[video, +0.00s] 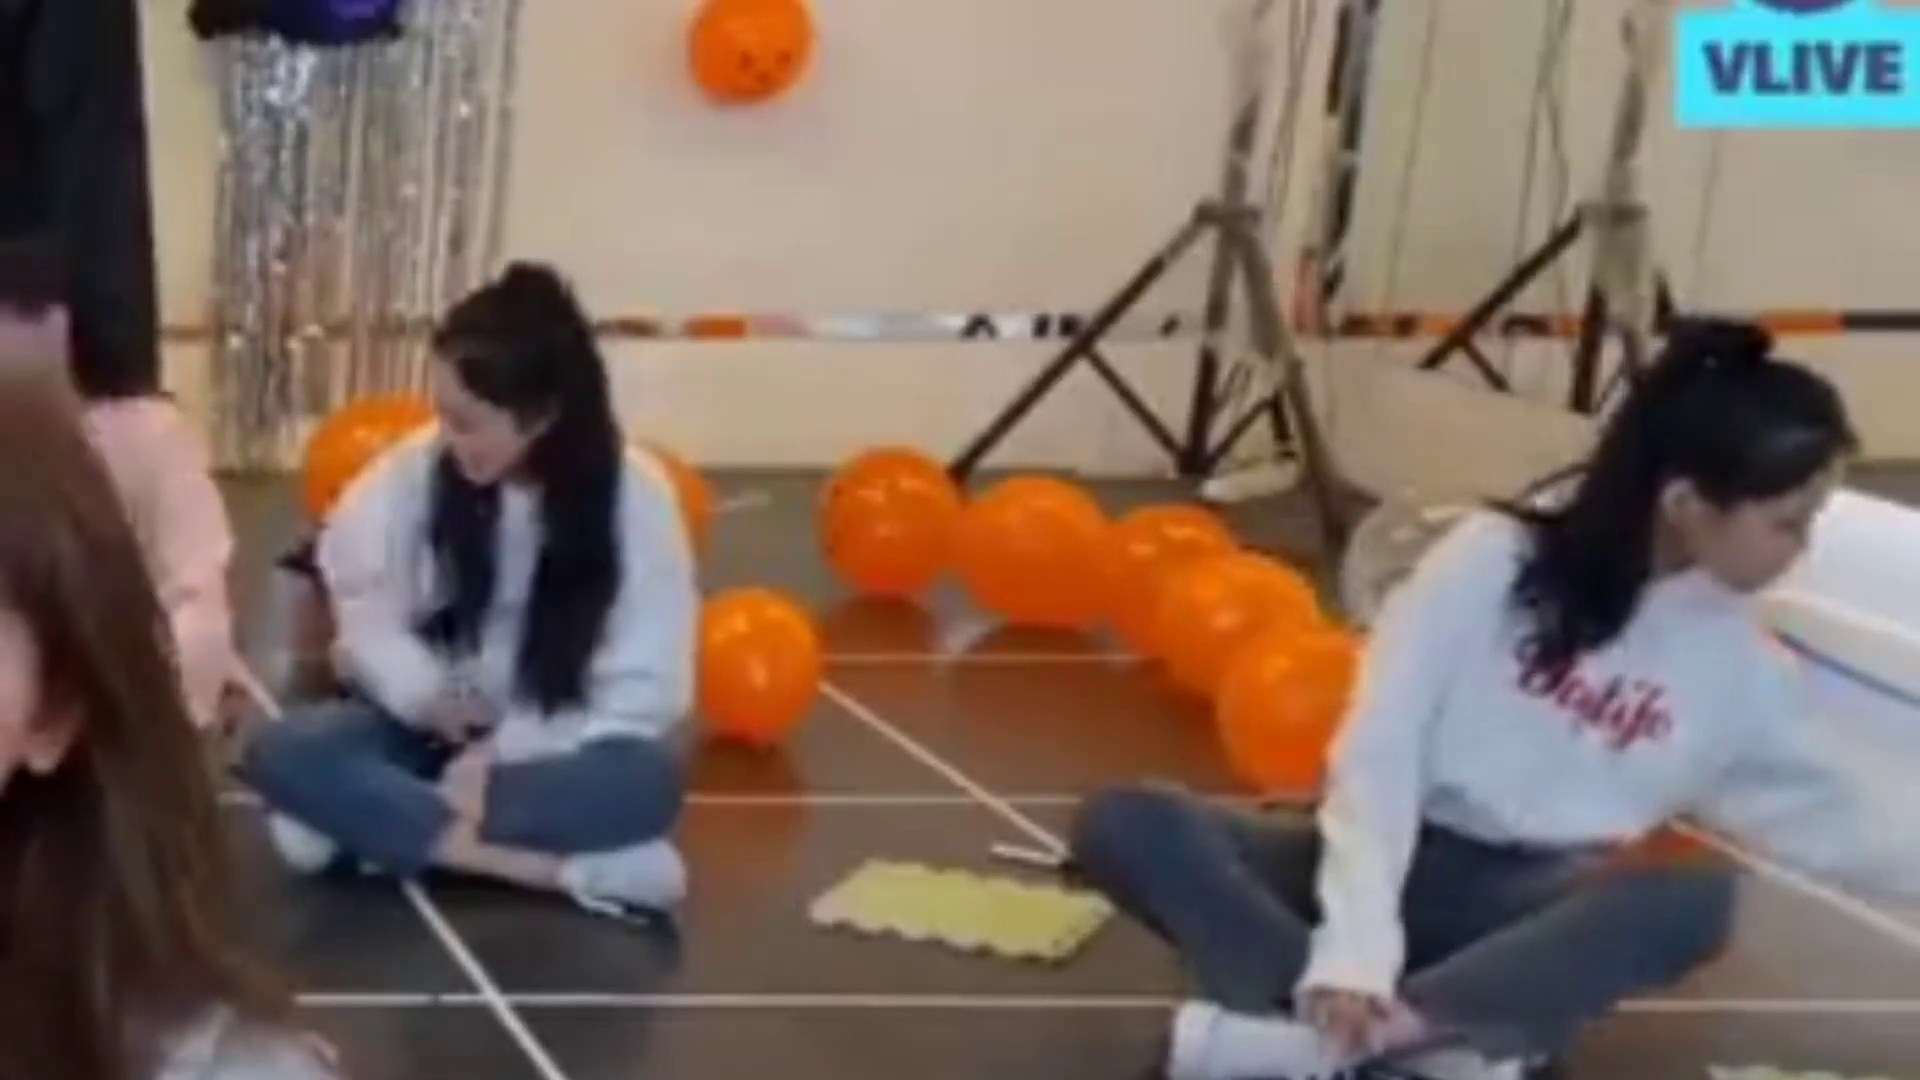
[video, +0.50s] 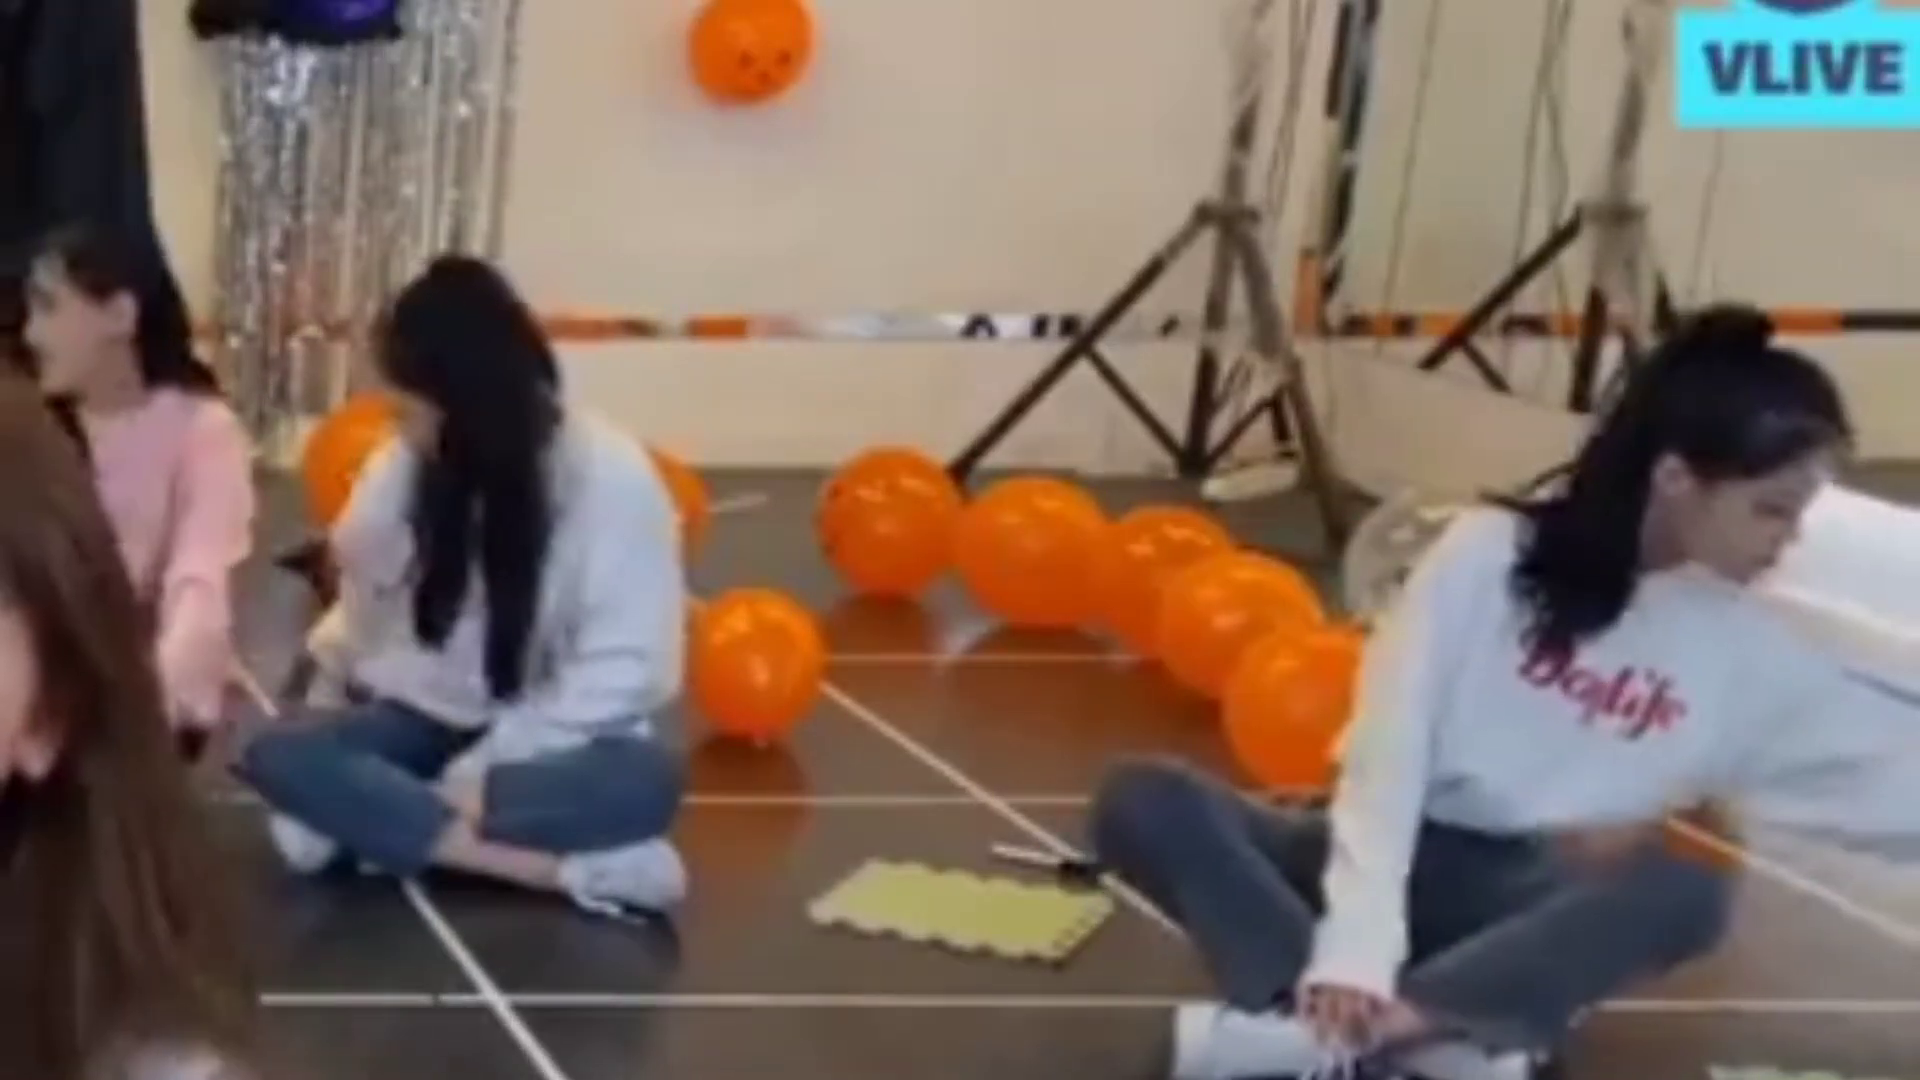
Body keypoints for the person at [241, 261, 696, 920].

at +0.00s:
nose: (451, 442)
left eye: (470, 426)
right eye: (444, 419)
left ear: (541, 414)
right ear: (436, 396)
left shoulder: (633, 497)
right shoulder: (409, 476)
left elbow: (650, 693)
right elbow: (356, 604)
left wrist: (503, 751)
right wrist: (430, 700)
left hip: (558, 731)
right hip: (423, 720)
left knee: (642, 785)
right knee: (280, 751)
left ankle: (371, 836)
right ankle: (549, 874)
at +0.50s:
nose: (397, 413)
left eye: (408, 393)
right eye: (397, 391)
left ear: (460, 389)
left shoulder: (609, 474)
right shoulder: (404, 470)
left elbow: (630, 669)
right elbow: (358, 609)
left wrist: (482, 770)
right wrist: (318, 702)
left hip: (553, 723)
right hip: (426, 713)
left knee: (642, 783)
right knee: (277, 756)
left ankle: (373, 836)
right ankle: (552, 876)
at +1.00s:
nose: (390, 405)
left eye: (401, 385)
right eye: (388, 383)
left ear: (453, 379)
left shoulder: (601, 473)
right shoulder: (402, 463)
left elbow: (629, 664)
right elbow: (346, 596)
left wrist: (479, 770)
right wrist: (309, 693)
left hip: (551, 722)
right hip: (425, 711)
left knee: (647, 777)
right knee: (275, 753)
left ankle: (371, 834)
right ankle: (552, 875)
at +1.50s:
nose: (462, 387)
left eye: (488, 365)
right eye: (456, 359)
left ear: (559, 367)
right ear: (446, 355)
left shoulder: (629, 481)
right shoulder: (424, 448)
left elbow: (627, 674)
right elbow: (337, 571)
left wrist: (420, 658)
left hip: (549, 732)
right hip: (420, 717)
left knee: (649, 778)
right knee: (286, 749)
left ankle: (369, 831)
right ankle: (556, 875)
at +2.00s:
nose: (531, 407)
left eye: (570, 390)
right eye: (522, 375)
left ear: (627, 406)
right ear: (503, 369)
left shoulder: (636, 521)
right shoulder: (438, 468)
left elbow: (655, 713)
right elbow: (301, 632)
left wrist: (556, 640)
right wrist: (346, 608)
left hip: (549, 738)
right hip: (421, 719)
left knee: (648, 792)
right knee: (283, 754)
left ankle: (369, 833)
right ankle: (555, 876)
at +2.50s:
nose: (474, 474)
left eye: (502, 448)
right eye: (448, 448)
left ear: (550, 434)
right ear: (419, 438)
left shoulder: (601, 518)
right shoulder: (385, 503)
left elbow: (641, 722)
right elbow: (307, 699)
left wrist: (523, 650)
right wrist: (359, 633)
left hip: (541, 744)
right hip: (409, 734)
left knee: (645, 795)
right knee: (276, 756)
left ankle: (368, 836)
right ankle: (548, 876)